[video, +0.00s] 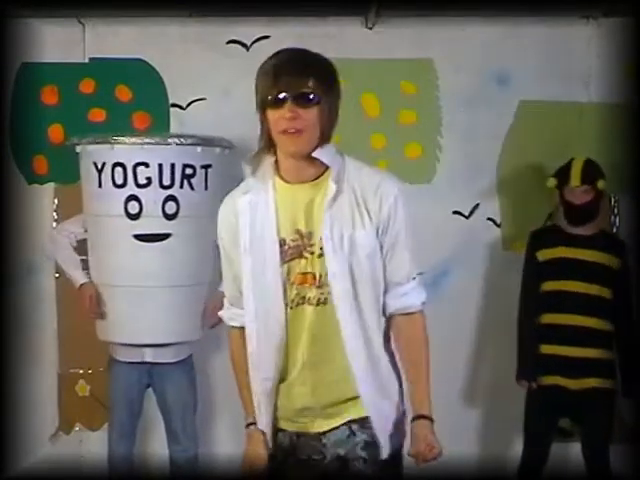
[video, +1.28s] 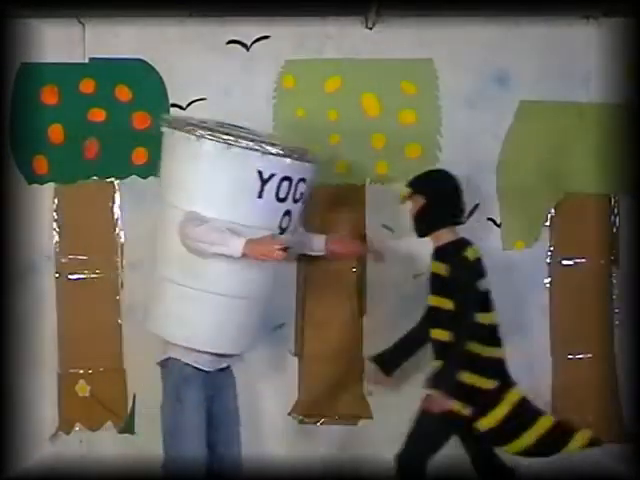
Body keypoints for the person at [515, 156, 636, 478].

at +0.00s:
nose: (579, 197)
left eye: (587, 189)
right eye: (571, 189)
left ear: (599, 194)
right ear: (560, 193)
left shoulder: (615, 248)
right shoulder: (540, 241)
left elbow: (625, 313)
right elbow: (528, 307)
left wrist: (628, 372)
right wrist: (525, 363)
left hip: (597, 374)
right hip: (548, 371)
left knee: (597, 459)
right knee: (533, 457)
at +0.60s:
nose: (541, 197)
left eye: (549, 189)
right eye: (540, 189)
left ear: (569, 191)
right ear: (538, 192)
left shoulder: (602, 244)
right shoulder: (533, 242)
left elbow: (614, 311)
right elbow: (525, 306)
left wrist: (602, 367)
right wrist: (518, 359)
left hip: (591, 376)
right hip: (543, 375)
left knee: (597, 463)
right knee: (545, 463)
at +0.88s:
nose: (496, 201)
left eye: (502, 191)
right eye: (495, 192)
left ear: (523, 193)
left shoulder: (558, 246)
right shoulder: (510, 248)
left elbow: (573, 319)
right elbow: (499, 317)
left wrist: (567, 381)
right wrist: (481, 372)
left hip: (549, 382)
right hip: (516, 380)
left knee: (549, 468)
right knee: (539, 467)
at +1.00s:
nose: (471, 202)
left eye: (476, 192)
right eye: (471, 193)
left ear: (497, 195)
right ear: (501, 198)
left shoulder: (529, 250)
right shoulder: (502, 250)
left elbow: (549, 318)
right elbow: (485, 318)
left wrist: (548, 377)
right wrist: (459, 369)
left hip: (530, 380)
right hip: (509, 377)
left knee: (503, 456)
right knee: (533, 461)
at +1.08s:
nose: (454, 206)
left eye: (460, 196)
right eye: (455, 196)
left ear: (481, 199)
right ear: (484, 202)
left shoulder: (513, 255)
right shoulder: (489, 253)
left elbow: (533, 323)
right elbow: (472, 316)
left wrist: (531, 379)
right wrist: (443, 366)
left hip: (512, 383)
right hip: (497, 380)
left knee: (474, 457)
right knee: (530, 464)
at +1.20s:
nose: (428, 205)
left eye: (433, 197)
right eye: (429, 197)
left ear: (452, 202)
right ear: (454, 204)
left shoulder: (478, 255)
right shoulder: (466, 254)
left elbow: (494, 325)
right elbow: (449, 320)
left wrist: (481, 383)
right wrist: (410, 364)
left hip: (482, 383)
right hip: (482, 380)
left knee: (438, 461)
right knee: (511, 464)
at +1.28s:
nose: (409, 209)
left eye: (414, 200)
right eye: (410, 201)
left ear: (433, 204)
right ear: (442, 205)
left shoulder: (456, 256)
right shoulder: (445, 254)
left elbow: (462, 331)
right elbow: (432, 320)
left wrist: (443, 385)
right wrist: (387, 361)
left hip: (467, 378)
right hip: (467, 376)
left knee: (409, 461)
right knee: (484, 459)